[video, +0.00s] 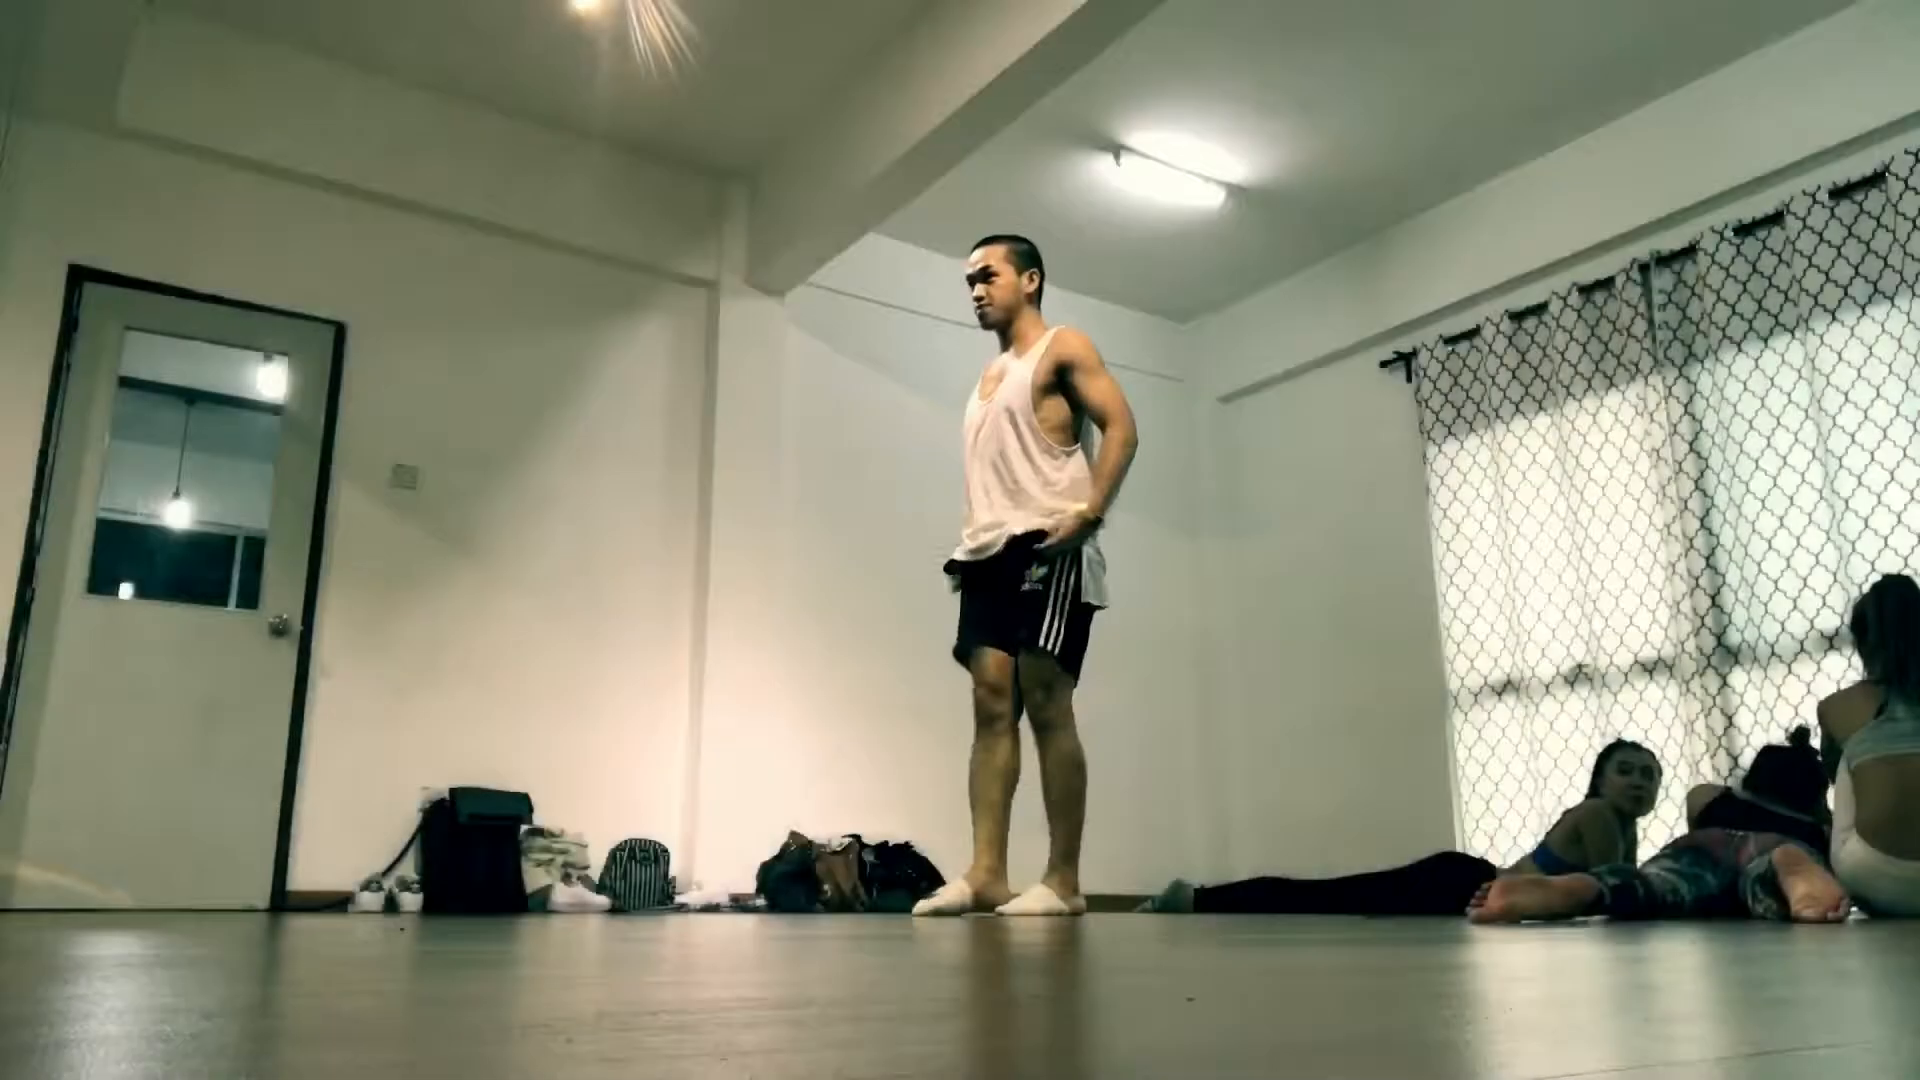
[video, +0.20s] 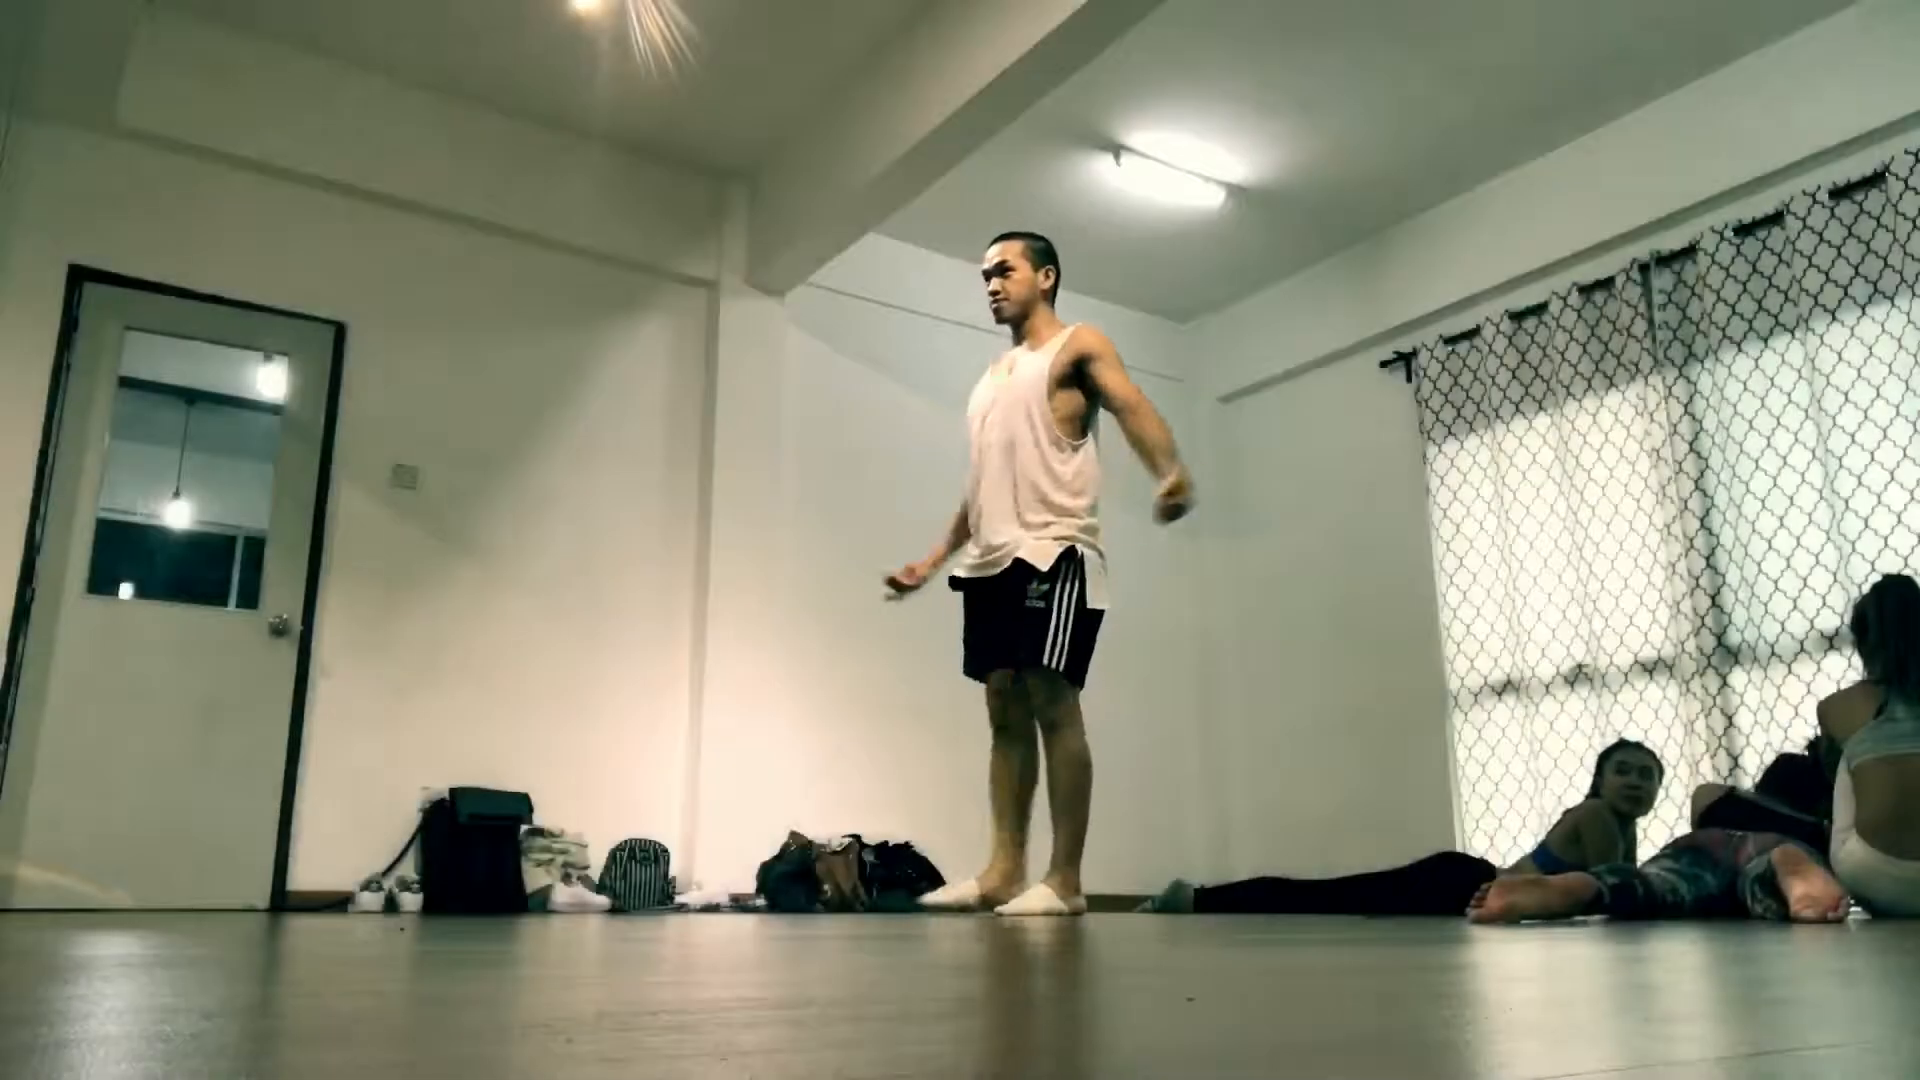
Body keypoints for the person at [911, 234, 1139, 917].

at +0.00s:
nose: (975, 288)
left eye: (987, 276)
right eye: (972, 281)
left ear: (1030, 282)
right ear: (982, 296)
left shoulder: (1064, 347)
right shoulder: (993, 373)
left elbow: (1121, 427)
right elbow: (998, 469)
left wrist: (1090, 512)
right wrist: (972, 544)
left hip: (1049, 548)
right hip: (989, 554)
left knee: (1046, 702)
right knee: (991, 702)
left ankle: (1062, 882)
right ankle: (986, 873)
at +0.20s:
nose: (990, 284)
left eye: (1003, 271)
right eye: (987, 276)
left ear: (1046, 278)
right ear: (996, 292)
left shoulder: (1079, 344)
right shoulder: (996, 376)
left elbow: (1133, 409)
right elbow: (983, 483)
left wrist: (1171, 470)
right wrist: (934, 559)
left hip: (1054, 554)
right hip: (990, 563)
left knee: (1054, 706)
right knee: (1007, 711)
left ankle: (1064, 882)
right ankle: (1004, 873)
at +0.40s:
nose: (999, 294)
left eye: (1013, 281)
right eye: (995, 286)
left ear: (1055, 290)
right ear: (998, 304)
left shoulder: (1091, 364)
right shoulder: (980, 390)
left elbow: (1172, 419)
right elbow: (939, 474)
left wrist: (1251, 457)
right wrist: (857, 504)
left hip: (1066, 555)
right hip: (1000, 568)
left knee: (1062, 708)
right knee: (1029, 718)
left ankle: (1066, 880)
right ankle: (1086, 854)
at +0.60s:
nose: (996, 315)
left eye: (1009, 303)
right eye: (994, 307)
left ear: (1050, 313)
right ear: (1002, 324)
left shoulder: (1094, 386)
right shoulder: (977, 399)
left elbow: (1193, 430)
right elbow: (901, 438)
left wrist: (1285, 453)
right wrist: (859, 404)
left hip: (1074, 566)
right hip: (1014, 579)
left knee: (1047, 705)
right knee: (1048, 731)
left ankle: (1060, 880)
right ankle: (1124, 871)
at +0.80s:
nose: (979, 363)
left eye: (993, 353)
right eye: (978, 355)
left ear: (1036, 363)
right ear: (991, 373)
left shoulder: (1083, 429)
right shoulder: (971, 444)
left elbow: (1190, 450)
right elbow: (898, 440)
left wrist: (1290, 457)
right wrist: (831, 410)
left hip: (1080, 603)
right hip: (1033, 614)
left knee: (999, 706)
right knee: (1030, 775)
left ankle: (1043, 879)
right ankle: (1128, 884)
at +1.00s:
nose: (960, 351)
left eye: (974, 340)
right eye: (962, 341)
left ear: (1013, 353)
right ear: (995, 356)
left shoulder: (1024, 411)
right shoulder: (997, 454)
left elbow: (1025, 421)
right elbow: (941, 515)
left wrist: (976, 416)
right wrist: (864, 527)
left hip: (1048, 602)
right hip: (1086, 611)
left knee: (952, 725)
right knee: (1042, 756)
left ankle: (1045, 874)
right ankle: (1129, 885)